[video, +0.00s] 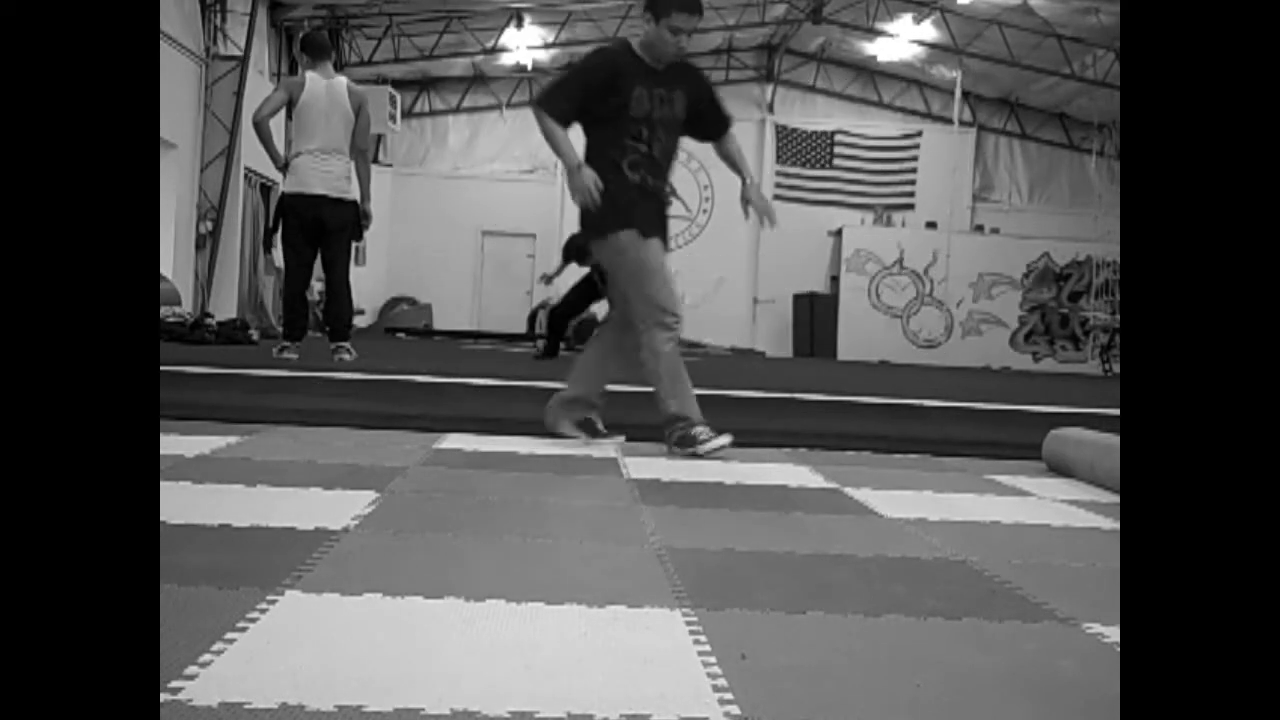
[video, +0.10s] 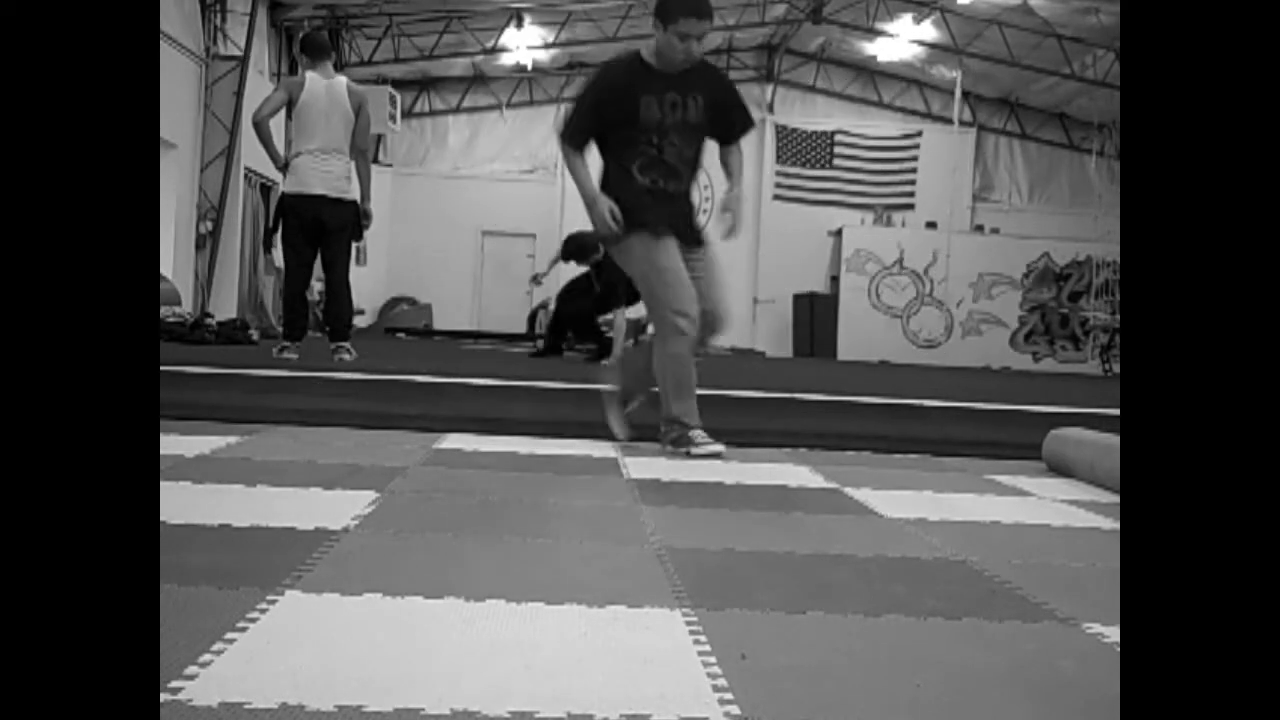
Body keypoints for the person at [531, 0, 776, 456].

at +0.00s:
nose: (682, 43)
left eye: (689, 34)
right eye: (676, 32)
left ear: (693, 32)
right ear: (649, 20)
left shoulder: (688, 79)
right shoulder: (609, 62)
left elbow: (721, 134)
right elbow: (547, 110)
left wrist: (750, 180)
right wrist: (574, 166)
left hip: (649, 211)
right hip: (611, 207)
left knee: (629, 318)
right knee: (660, 315)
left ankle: (571, 408)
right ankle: (684, 425)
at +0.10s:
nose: (692, 49)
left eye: (700, 40)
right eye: (684, 38)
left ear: (707, 35)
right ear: (658, 27)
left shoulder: (709, 80)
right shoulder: (616, 77)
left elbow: (729, 139)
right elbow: (571, 142)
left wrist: (734, 192)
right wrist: (592, 198)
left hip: (680, 214)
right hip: (630, 213)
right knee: (677, 316)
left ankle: (624, 375)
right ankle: (681, 427)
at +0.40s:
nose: (681, 59)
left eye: (691, 47)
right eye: (670, 49)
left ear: (707, 37)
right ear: (655, 42)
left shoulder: (736, 78)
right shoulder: (637, 83)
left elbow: (801, 120)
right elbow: (605, 148)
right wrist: (644, 105)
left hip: (734, 214)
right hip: (673, 223)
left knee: (757, 324)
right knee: (712, 348)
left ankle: (794, 416)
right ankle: (773, 431)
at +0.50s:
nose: (683, 71)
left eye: (693, 59)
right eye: (673, 60)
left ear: (711, 52)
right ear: (660, 54)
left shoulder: (744, 94)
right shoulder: (641, 99)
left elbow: (820, 117)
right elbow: (597, 150)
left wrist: (839, 177)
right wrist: (644, 117)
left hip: (735, 233)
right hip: (671, 241)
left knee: (743, 328)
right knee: (713, 358)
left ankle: (773, 420)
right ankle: (777, 418)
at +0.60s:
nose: (690, 59)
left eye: (701, 48)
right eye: (680, 47)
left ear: (719, 41)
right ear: (666, 39)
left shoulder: (739, 86)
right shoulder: (635, 86)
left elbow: (783, 135)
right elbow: (603, 156)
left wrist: (764, 192)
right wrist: (644, 188)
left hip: (713, 212)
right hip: (652, 219)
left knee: (706, 312)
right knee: (680, 335)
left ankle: (712, 416)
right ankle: (760, 409)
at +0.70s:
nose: (680, 51)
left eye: (691, 40)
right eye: (671, 39)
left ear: (712, 36)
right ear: (660, 32)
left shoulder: (729, 92)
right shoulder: (625, 84)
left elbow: (732, 155)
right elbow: (599, 154)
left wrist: (723, 206)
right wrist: (608, 206)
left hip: (689, 220)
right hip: (627, 218)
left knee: (677, 319)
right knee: (627, 321)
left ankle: (673, 425)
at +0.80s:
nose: (634, 26)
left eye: (644, 15)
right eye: (631, 15)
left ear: (676, 13)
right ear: (628, 15)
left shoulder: (711, 68)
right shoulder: (609, 56)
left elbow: (764, 118)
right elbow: (554, 97)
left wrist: (751, 163)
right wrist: (552, 118)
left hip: (663, 213)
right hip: (601, 207)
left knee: (662, 325)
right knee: (582, 275)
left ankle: (667, 427)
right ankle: (588, 342)